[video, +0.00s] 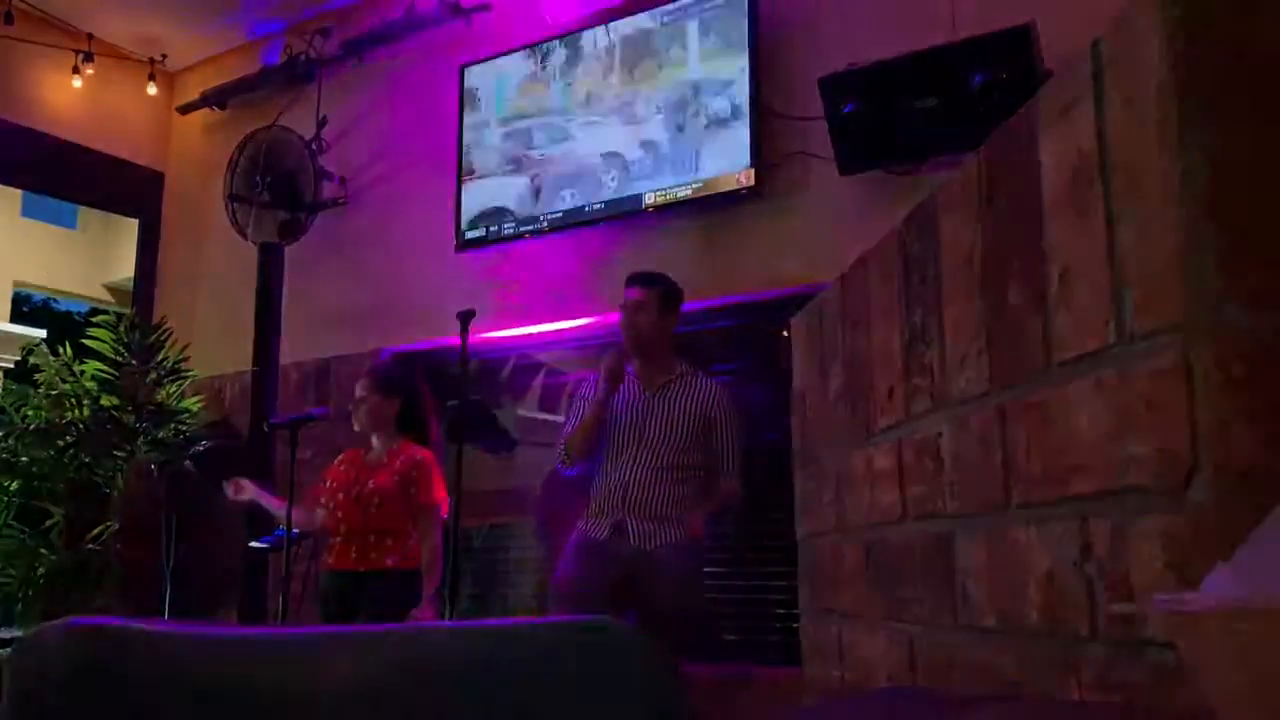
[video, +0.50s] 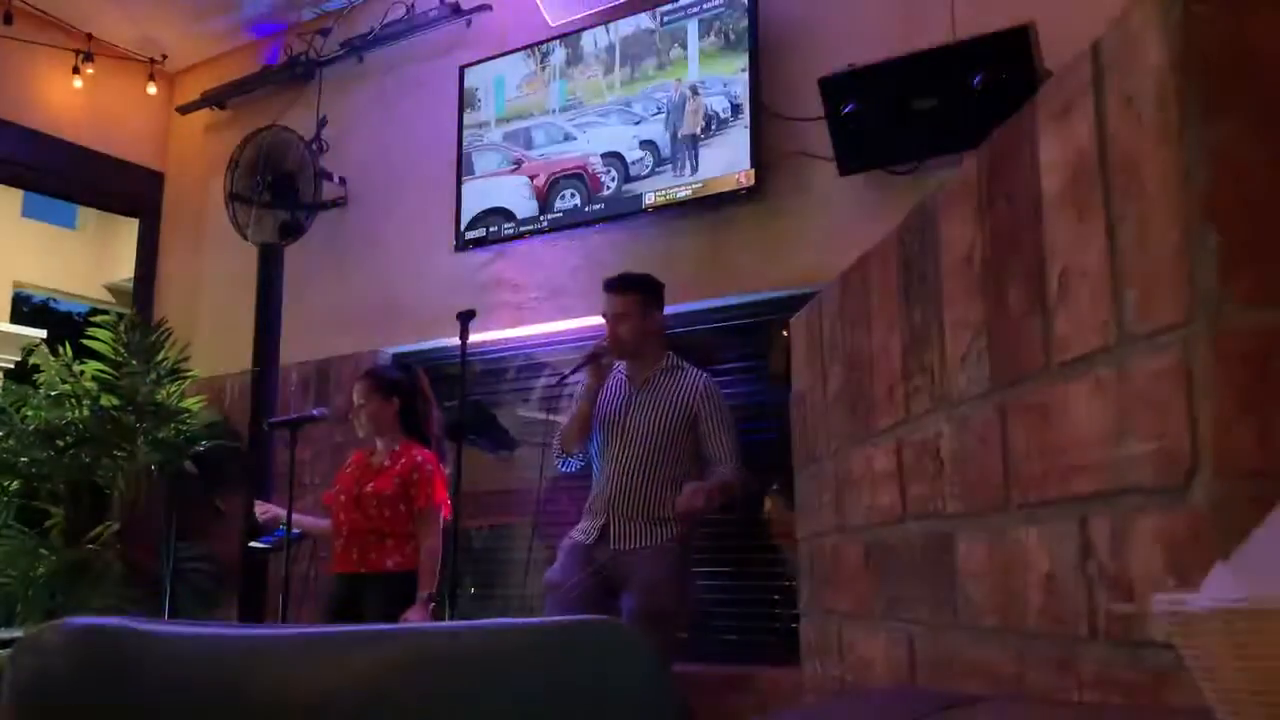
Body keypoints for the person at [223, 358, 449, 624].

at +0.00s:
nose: (353, 408)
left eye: (362, 399)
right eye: (354, 399)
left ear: (393, 405)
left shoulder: (418, 462)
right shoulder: (346, 462)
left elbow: (431, 535)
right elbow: (310, 519)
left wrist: (428, 600)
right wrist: (256, 495)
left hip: (392, 582)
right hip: (339, 582)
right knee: (339, 678)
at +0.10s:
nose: (354, 408)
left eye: (363, 401)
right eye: (355, 401)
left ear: (392, 406)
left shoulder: (419, 462)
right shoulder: (350, 463)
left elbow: (432, 534)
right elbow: (315, 520)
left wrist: (427, 602)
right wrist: (267, 492)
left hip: (395, 584)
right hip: (342, 584)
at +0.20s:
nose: (355, 410)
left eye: (364, 402)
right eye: (355, 402)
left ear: (392, 406)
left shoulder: (420, 463)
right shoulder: (354, 463)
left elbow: (433, 534)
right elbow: (327, 521)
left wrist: (426, 600)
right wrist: (280, 492)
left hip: (396, 583)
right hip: (347, 582)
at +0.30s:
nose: (354, 414)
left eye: (362, 406)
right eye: (354, 406)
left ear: (392, 407)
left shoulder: (421, 464)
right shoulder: (355, 463)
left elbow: (433, 534)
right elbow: (330, 522)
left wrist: (426, 600)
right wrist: (280, 497)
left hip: (397, 582)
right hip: (347, 581)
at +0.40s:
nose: (354, 414)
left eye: (363, 406)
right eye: (354, 406)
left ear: (393, 406)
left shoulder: (422, 464)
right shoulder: (356, 463)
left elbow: (432, 537)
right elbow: (339, 527)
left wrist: (424, 602)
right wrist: (284, 514)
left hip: (395, 585)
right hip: (347, 583)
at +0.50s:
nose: (353, 414)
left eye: (362, 405)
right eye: (354, 406)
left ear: (392, 405)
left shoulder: (420, 463)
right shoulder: (357, 462)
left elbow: (431, 537)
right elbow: (339, 527)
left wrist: (423, 602)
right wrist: (285, 517)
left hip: (395, 586)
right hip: (347, 583)